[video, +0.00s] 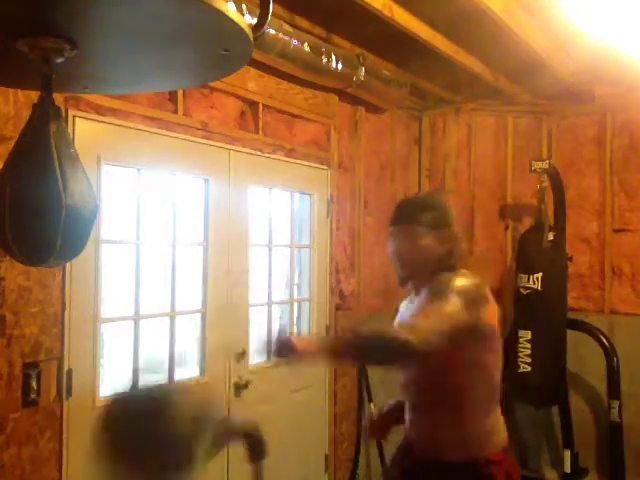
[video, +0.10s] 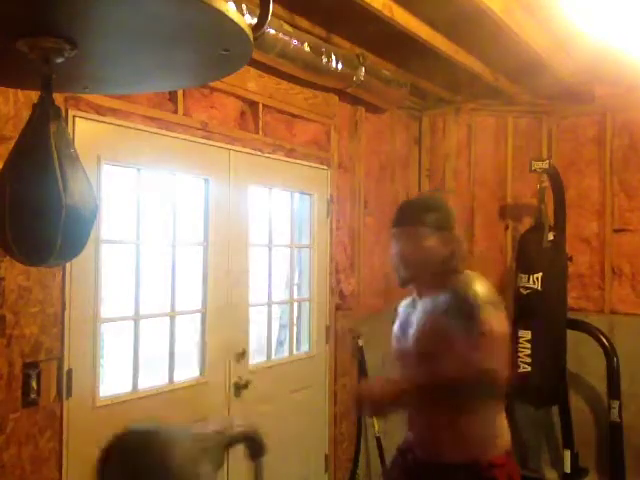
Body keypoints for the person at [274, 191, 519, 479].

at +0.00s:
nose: (394, 252)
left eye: (406, 239)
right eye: (393, 240)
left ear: (442, 241)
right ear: (390, 243)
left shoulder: (463, 290)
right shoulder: (411, 304)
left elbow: (412, 342)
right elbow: (433, 384)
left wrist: (316, 346)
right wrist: (392, 414)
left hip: (474, 462)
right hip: (421, 458)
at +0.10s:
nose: (399, 252)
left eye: (413, 240)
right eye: (397, 240)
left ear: (446, 243)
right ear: (392, 245)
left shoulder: (474, 296)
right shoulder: (406, 309)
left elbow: (492, 379)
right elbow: (415, 380)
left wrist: (402, 391)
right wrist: (380, 394)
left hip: (478, 462)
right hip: (421, 458)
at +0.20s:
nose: (414, 247)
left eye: (428, 234)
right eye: (410, 234)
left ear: (460, 237)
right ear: (404, 239)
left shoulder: (501, 299)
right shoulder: (396, 302)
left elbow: (552, 378)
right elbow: (381, 373)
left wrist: (498, 398)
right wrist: (367, 359)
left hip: (483, 464)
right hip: (414, 462)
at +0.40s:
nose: (428, 243)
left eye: (441, 232)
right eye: (420, 232)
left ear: (470, 239)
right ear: (413, 237)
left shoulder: (505, 304)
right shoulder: (392, 292)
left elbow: (542, 386)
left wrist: (490, 380)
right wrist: (357, 336)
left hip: (478, 464)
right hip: (406, 462)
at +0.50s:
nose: (422, 244)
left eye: (435, 233)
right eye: (413, 233)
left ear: (461, 237)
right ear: (405, 239)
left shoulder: (497, 306)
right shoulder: (383, 298)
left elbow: (532, 388)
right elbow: (356, 369)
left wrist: (460, 361)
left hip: (472, 464)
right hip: (400, 464)